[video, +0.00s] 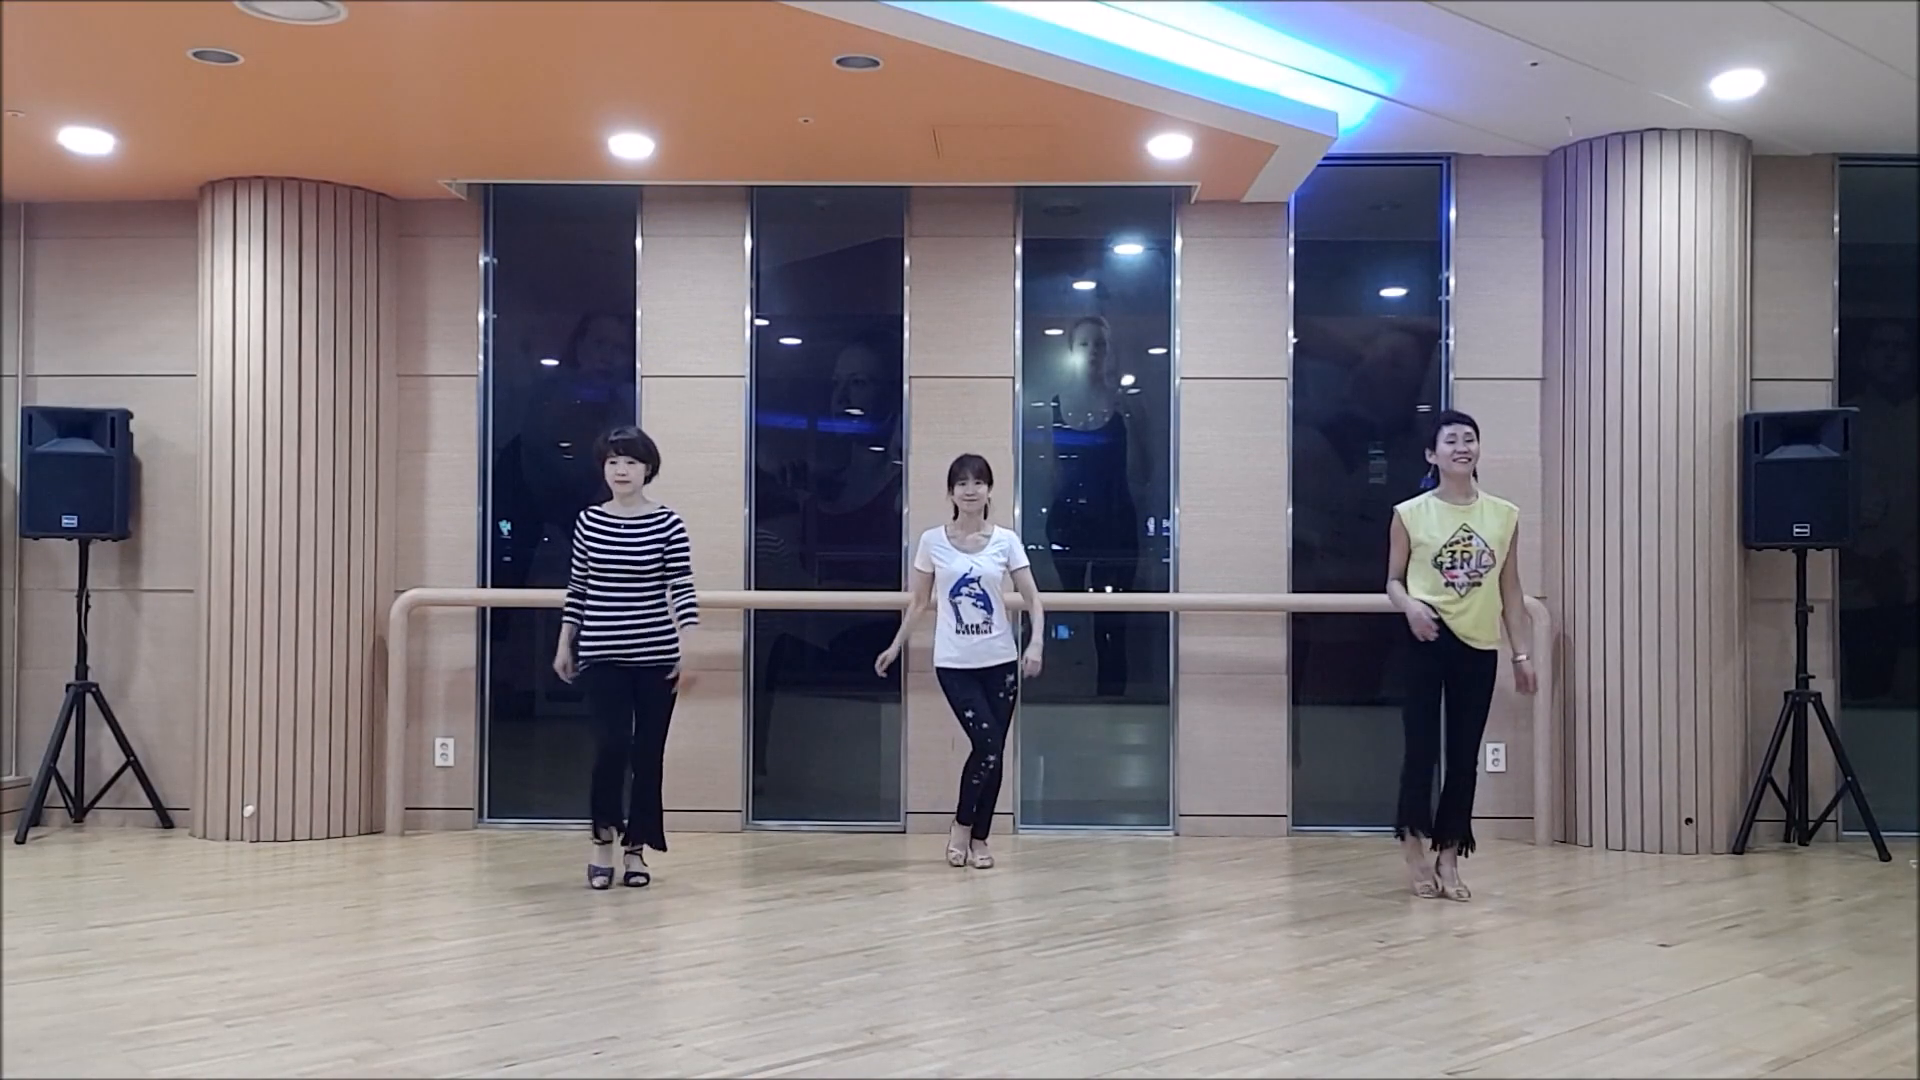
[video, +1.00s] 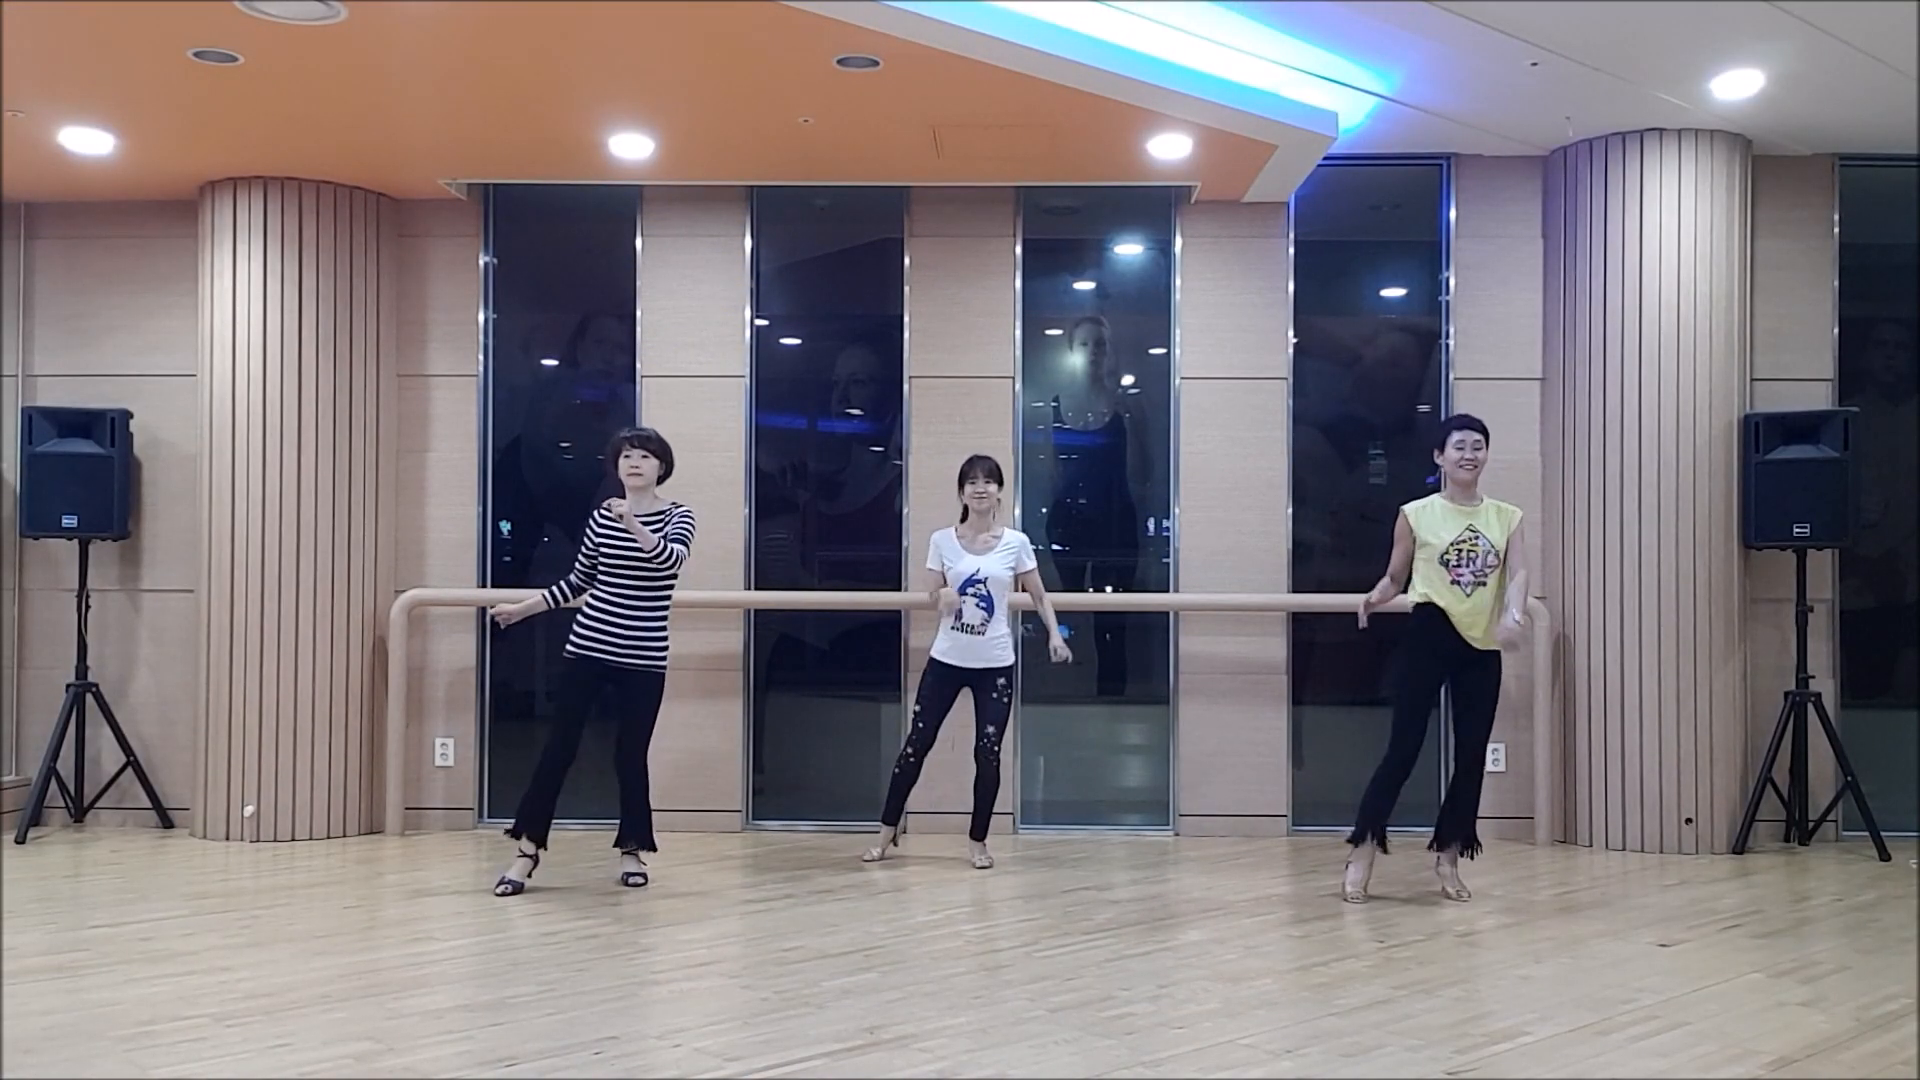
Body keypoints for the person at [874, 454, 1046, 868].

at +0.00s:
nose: (971, 489)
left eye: (979, 482)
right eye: (963, 483)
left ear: (990, 489)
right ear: (951, 490)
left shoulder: (1005, 541)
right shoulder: (932, 541)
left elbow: (1033, 599)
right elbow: (917, 603)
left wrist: (1035, 644)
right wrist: (896, 646)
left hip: (1000, 660)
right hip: (953, 662)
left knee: (994, 751)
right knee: (987, 744)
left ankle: (980, 840)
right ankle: (961, 828)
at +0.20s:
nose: (972, 490)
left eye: (979, 482)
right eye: (963, 484)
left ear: (991, 489)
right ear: (952, 492)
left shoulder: (1012, 539)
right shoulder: (939, 543)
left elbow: (1048, 590)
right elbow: (938, 604)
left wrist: (1072, 634)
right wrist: (955, 604)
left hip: (994, 663)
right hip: (946, 659)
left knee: (988, 754)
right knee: (928, 743)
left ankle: (978, 841)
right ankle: (894, 819)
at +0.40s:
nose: (974, 491)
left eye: (981, 484)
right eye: (965, 485)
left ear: (992, 491)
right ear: (954, 493)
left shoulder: (1012, 541)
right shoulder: (940, 545)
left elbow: (1044, 592)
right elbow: (933, 607)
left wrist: (1072, 637)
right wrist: (961, 603)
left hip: (994, 667)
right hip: (945, 662)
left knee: (985, 756)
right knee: (915, 747)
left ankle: (977, 842)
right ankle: (881, 829)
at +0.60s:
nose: (976, 492)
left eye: (983, 485)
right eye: (967, 486)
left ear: (994, 493)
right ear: (955, 494)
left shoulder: (1008, 545)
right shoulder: (937, 543)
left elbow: (1030, 602)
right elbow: (928, 594)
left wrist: (1034, 648)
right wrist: (921, 617)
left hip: (1000, 662)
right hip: (952, 664)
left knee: (999, 751)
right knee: (985, 745)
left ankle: (982, 839)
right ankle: (964, 822)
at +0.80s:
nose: (977, 488)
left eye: (984, 481)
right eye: (969, 482)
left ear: (995, 489)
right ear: (957, 490)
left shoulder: (1010, 541)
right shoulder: (938, 540)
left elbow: (1021, 598)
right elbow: (922, 591)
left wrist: (1025, 633)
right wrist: (908, 603)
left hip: (1000, 662)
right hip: (951, 660)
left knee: (993, 751)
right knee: (927, 742)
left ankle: (979, 839)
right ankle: (901, 820)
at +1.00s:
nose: (981, 488)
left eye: (988, 482)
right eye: (973, 482)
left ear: (1000, 490)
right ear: (961, 490)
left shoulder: (1016, 543)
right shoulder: (943, 540)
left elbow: (1039, 595)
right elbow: (932, 599)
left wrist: (1055, 634)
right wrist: (944, 597)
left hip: (996, 664)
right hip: (947, 659)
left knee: (988, 752)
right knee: (915, 745)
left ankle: (978, 841)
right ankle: (888, 831)